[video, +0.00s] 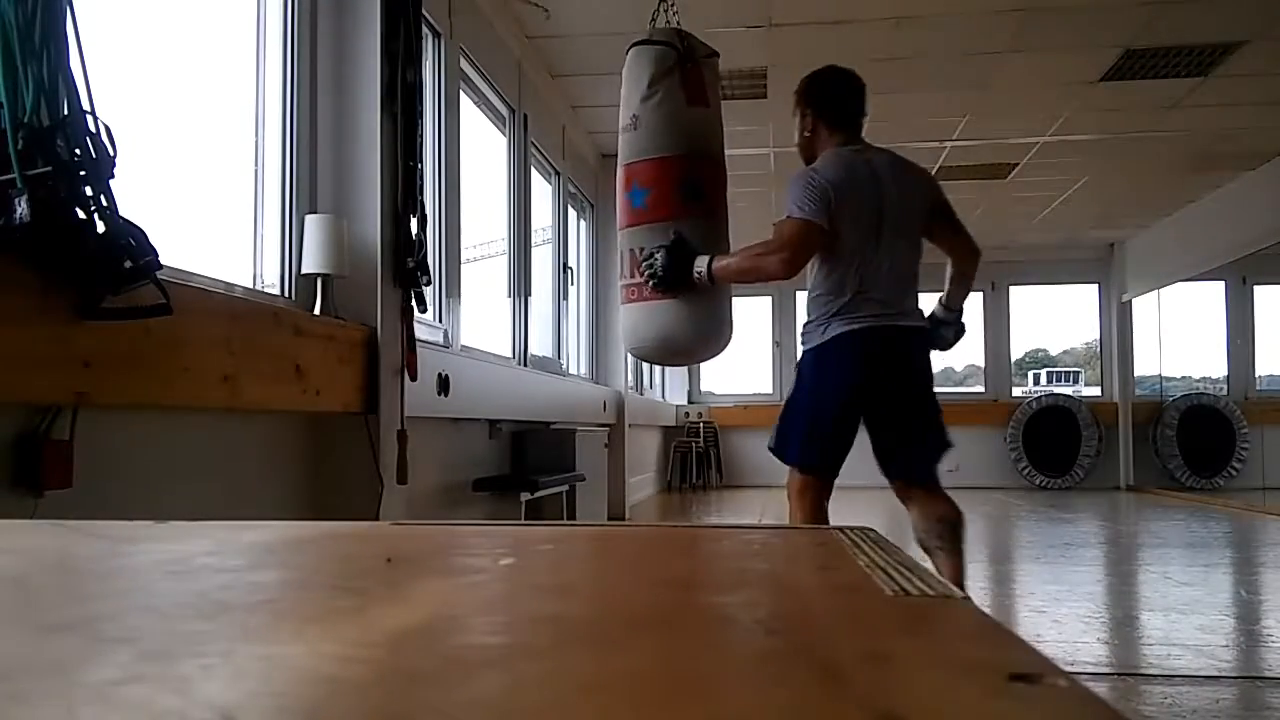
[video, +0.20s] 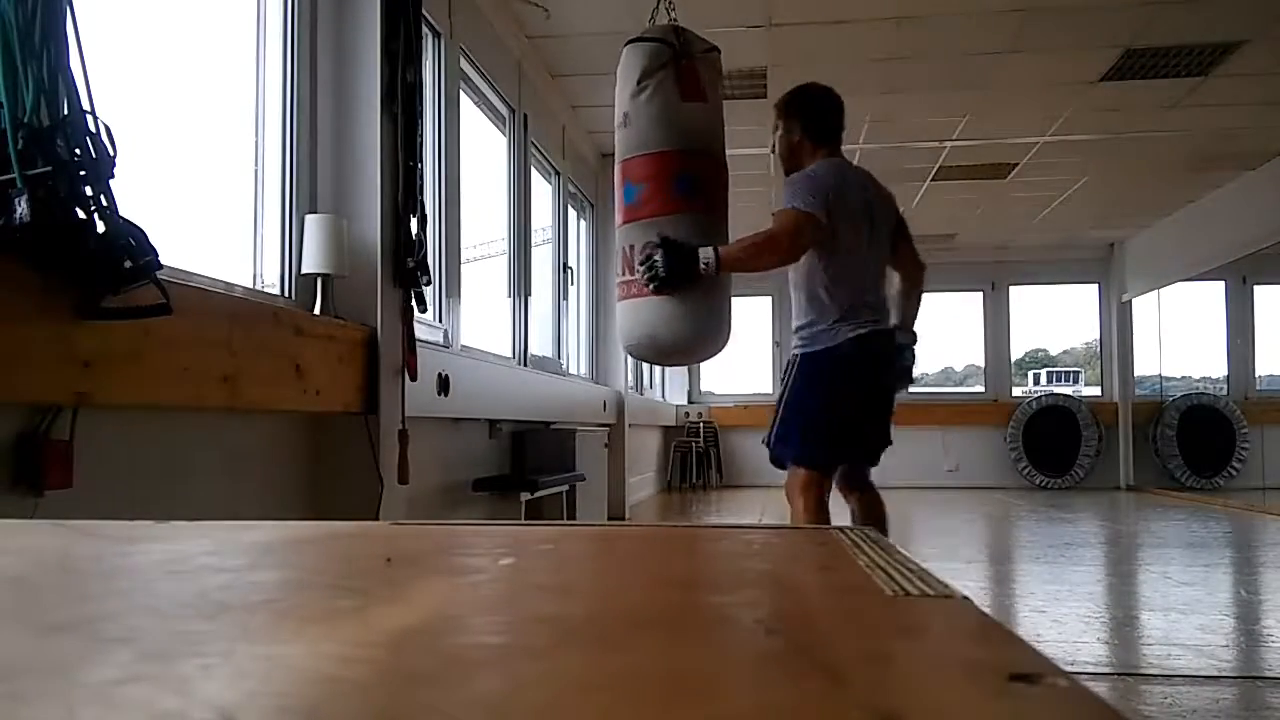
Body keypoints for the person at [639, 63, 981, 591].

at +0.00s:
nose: (795, 130)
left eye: (797, 117)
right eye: (796, 117)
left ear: (812, 119)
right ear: (858, 117)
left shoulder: (818, 180)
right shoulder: (912, 177)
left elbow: (782, 260)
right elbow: (966, 253)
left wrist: (697, 268)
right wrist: (951, 310)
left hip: (840, 349)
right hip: (905, 346)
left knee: (808, 487)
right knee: (917, 483)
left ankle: (813, 614)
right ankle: (954, 600)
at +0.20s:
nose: (772, 144)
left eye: (777, 131)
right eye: (774, 132)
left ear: (799, 134)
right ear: (833, 134)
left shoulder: (808, 183)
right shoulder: (874, 190)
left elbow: (786, 244)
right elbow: (911, 269)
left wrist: (700, 258)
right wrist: (903, 333)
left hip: (829, 352)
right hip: (878, 349)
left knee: (805, 487)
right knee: (855, 481)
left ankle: (821, 596)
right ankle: (882, 588)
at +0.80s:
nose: (830, 169)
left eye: (839, 160)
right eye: (830, 161)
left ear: (870, 165)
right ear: (841, 167)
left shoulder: (899, 214)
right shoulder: (831, 233)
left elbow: (935, 277)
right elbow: (830, 299)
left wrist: (891, 314)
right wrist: (809, 350)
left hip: (885, 370)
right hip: (834, 372)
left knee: (904, 479)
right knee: (830, 479)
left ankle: (953, 567)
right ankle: (839, 583)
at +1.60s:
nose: (880, 210)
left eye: (888, 200)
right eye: (876, 202)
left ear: (915, 199)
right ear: (877, 208)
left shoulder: (953, 247)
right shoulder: (881, 264)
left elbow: (988, 309)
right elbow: (877, 320)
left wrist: (941, 295)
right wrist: (858, 331)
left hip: (950, 373)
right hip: (905, 382)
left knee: (951, 469)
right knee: (917, 480)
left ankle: (979, 582)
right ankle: (959, 568)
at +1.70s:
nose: (869, 208)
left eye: (876, 197)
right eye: (865, 199)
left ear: (904, 194)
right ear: (867, 204)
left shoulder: (950, 235)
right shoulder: (878, 256)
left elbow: (990, 290)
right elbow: (885, 319)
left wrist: (940, 279)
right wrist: (864, 309)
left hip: (948, 366)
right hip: (903, 373)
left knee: (949, 465)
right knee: (915, 473)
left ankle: (967, 583)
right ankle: (953, 563)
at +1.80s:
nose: (866, 214)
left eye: (872, 203)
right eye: (861, 206)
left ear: (900, 197)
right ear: (867, 208)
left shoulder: (948, 237)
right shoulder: (878, 257)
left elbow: (987, 288)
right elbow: (867, 323)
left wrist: (941, 274)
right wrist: (857, 299)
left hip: (945, 368)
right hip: (901, 375)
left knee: (944, 466)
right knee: (918, 474)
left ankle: (950, 580)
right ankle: (962, 564)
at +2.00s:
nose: (858, 224)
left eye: (861, 213)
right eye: (854, 215)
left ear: (891, 204)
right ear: (873, 211)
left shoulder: (940, 246)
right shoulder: (867, 260)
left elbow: (947, 309)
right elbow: (863, 322)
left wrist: (914, 278)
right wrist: (841, 307)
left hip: (938, 371)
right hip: (895, 376)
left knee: (932, 477)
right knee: (902, 477)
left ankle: (938, 583)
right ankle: (957, 561)